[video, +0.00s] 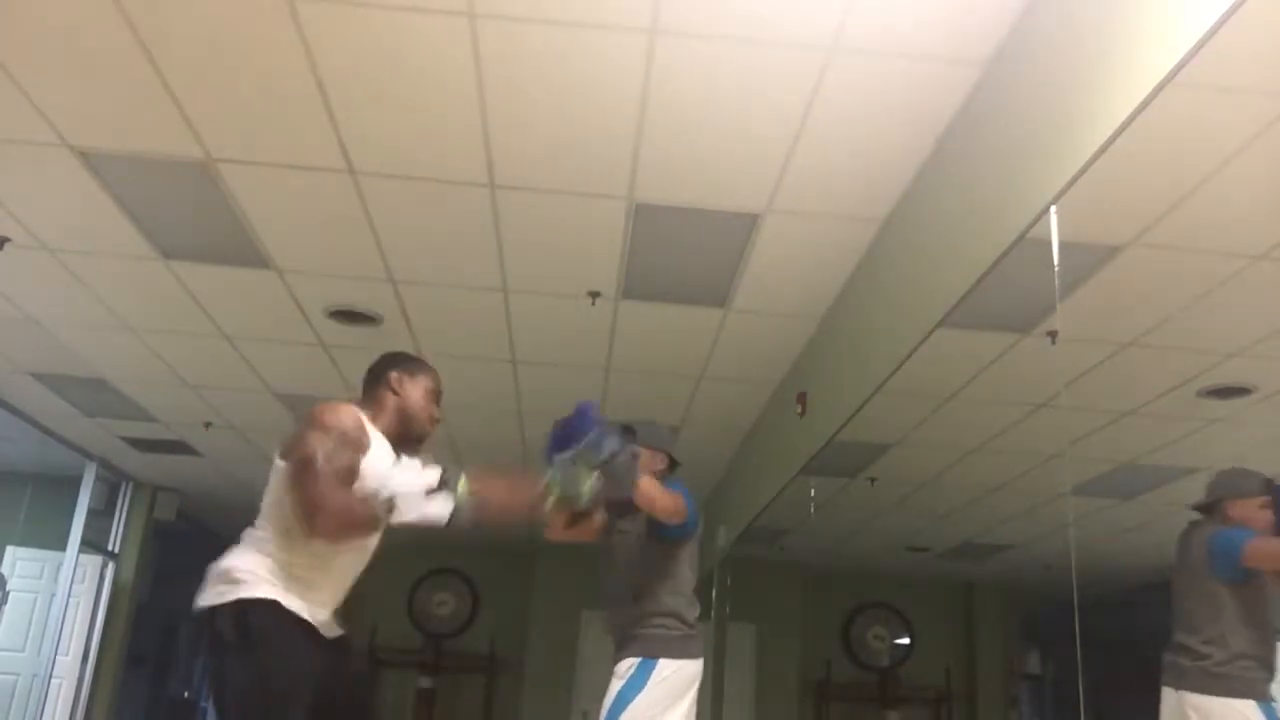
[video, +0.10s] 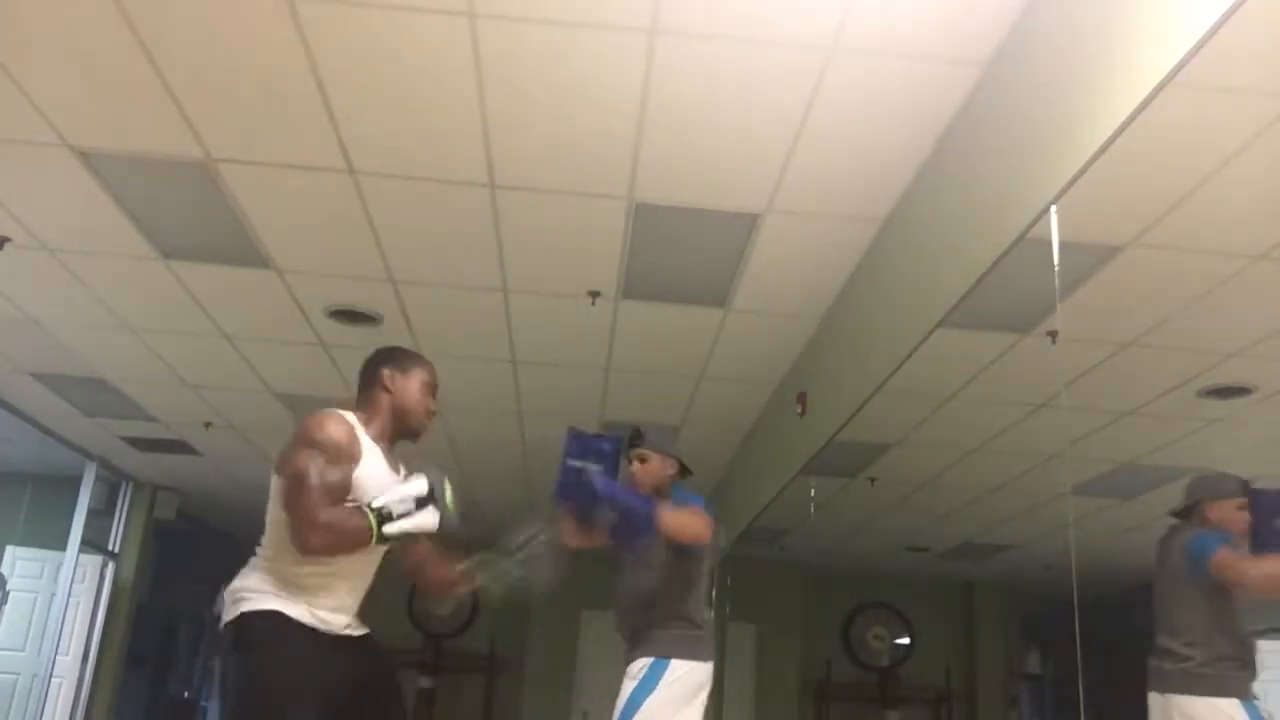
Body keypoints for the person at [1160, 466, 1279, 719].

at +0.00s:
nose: (1272, 516)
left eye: (1270, 507)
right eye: (1263, 507)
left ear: (1229, 509)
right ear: (1232, 508)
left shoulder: (1192, 536)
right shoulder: (1225, 541)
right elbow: (1274, 552)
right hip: (1228, 695)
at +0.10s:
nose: (1248, 517)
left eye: (1247, 509)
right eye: (1240, 508)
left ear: (1207, 511)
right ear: (1210, 510)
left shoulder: (1172, 540)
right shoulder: (1201, 542)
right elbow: (1245, 574)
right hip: (1208, 695)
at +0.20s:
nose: (1228, 524)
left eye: (1226, 515)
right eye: (1219, 514)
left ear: (1188, 517)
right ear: (1190, 515)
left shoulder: (1155, 546)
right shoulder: (1185, 550)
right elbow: (1203, 606)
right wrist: (1253, 597)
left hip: (1148, 698)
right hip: (1190, 701)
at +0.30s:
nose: (1210, 523)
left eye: (1209, 514)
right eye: (1202, 514)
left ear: (1170, 515)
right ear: (1172, 514)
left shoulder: (1141, 546)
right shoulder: (1169, 549)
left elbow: (1208, 614)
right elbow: (1172, 615)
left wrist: (1226, 552)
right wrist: (1234, 631)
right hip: (1173, 702)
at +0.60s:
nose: (1202, 514)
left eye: (1200, 504)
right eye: (1194, 505)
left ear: (1164, 508)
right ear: (1165, 507)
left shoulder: (1127, 540)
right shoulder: (1165, 541)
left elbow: (1200, 606)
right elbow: (1178, 612)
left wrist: (1213, 547)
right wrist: (1222, 665)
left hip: (1120, 688)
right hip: (1159, 691)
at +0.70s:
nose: (1218, 514)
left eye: (1216, 505)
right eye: (1210, 504)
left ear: (1176, 508)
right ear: (1180, 507)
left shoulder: (1136, 540)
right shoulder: (1178, 542)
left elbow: (1203, 604)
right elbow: (1191, 617)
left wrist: (1227, 555)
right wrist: (1231, 673)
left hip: (1124, 688)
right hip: (1164, 690)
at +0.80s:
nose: (1239, 515)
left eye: (1238, 506)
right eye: (1233, 506)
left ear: (1199, 506)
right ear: (1203, 505)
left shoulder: (1151, 536)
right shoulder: (1197, 540)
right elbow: (1213, 618)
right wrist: (1249, 676)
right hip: (1176, 683)